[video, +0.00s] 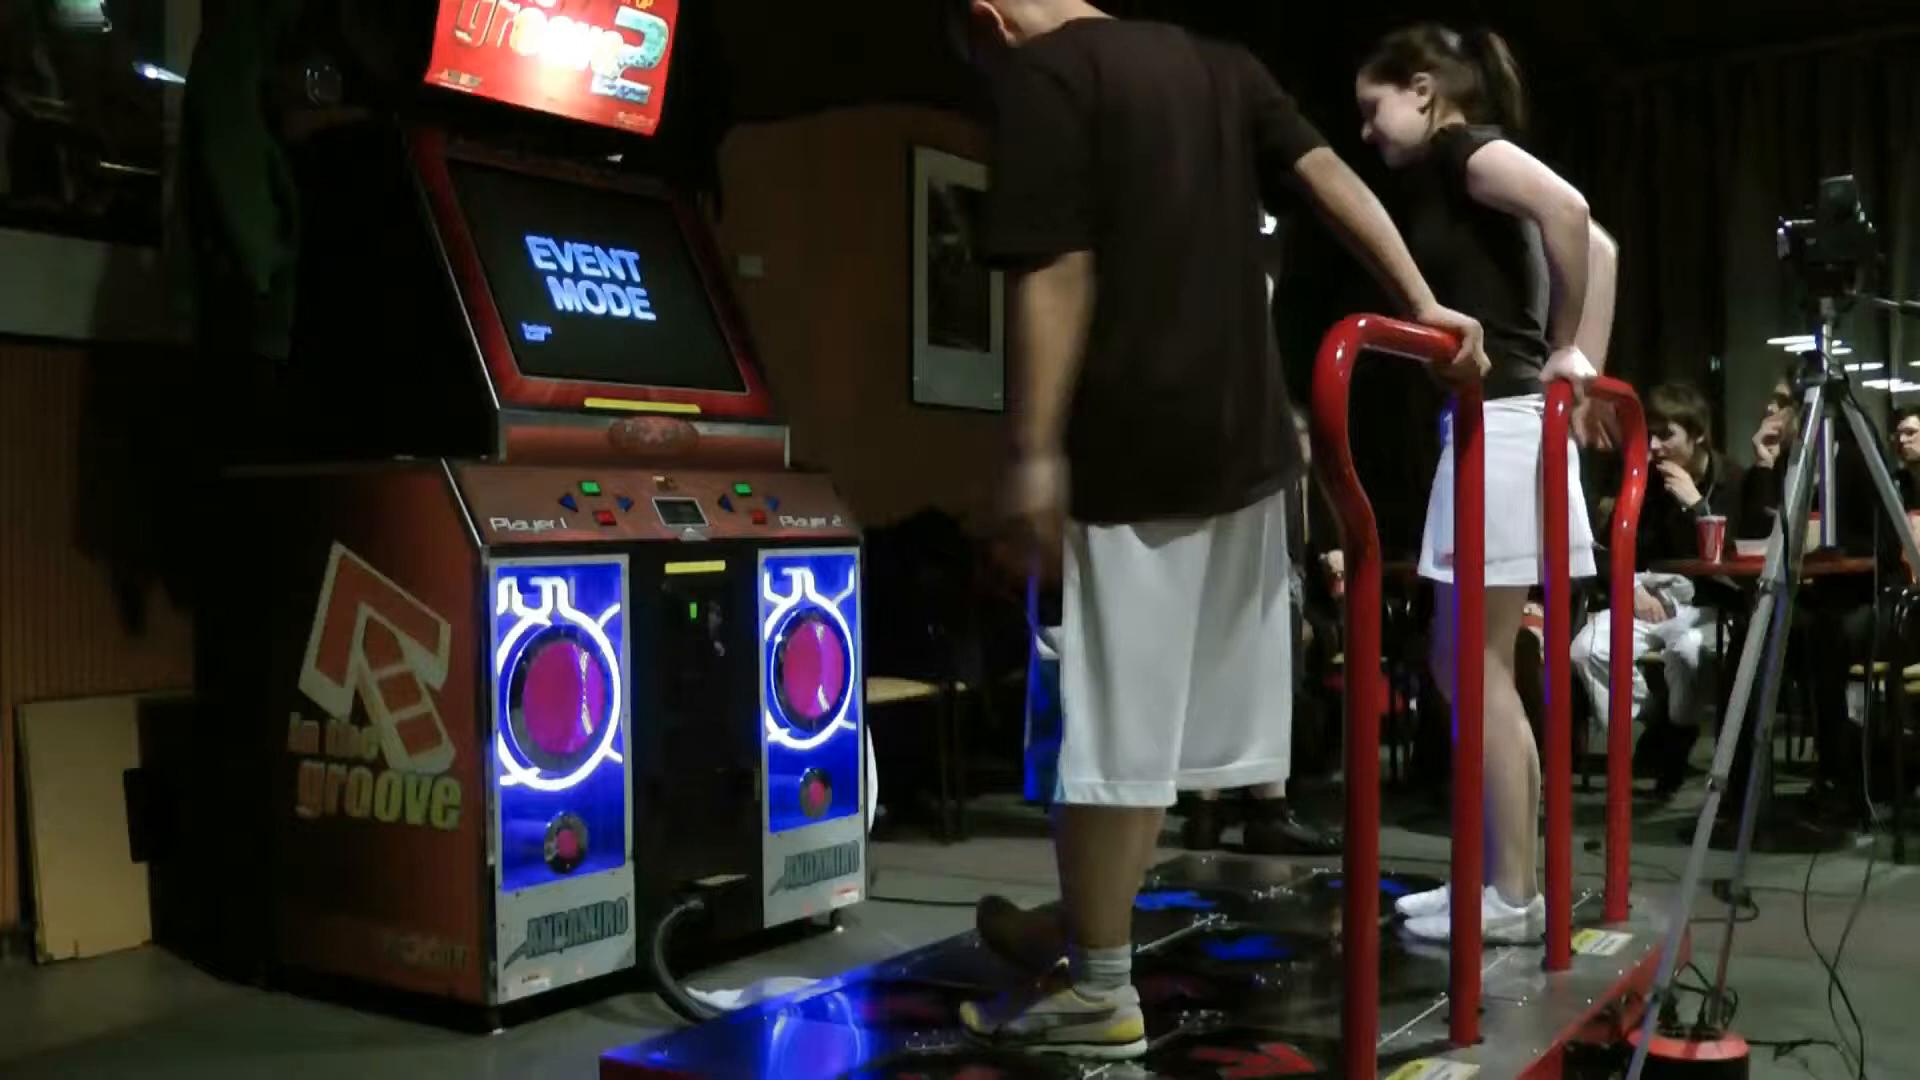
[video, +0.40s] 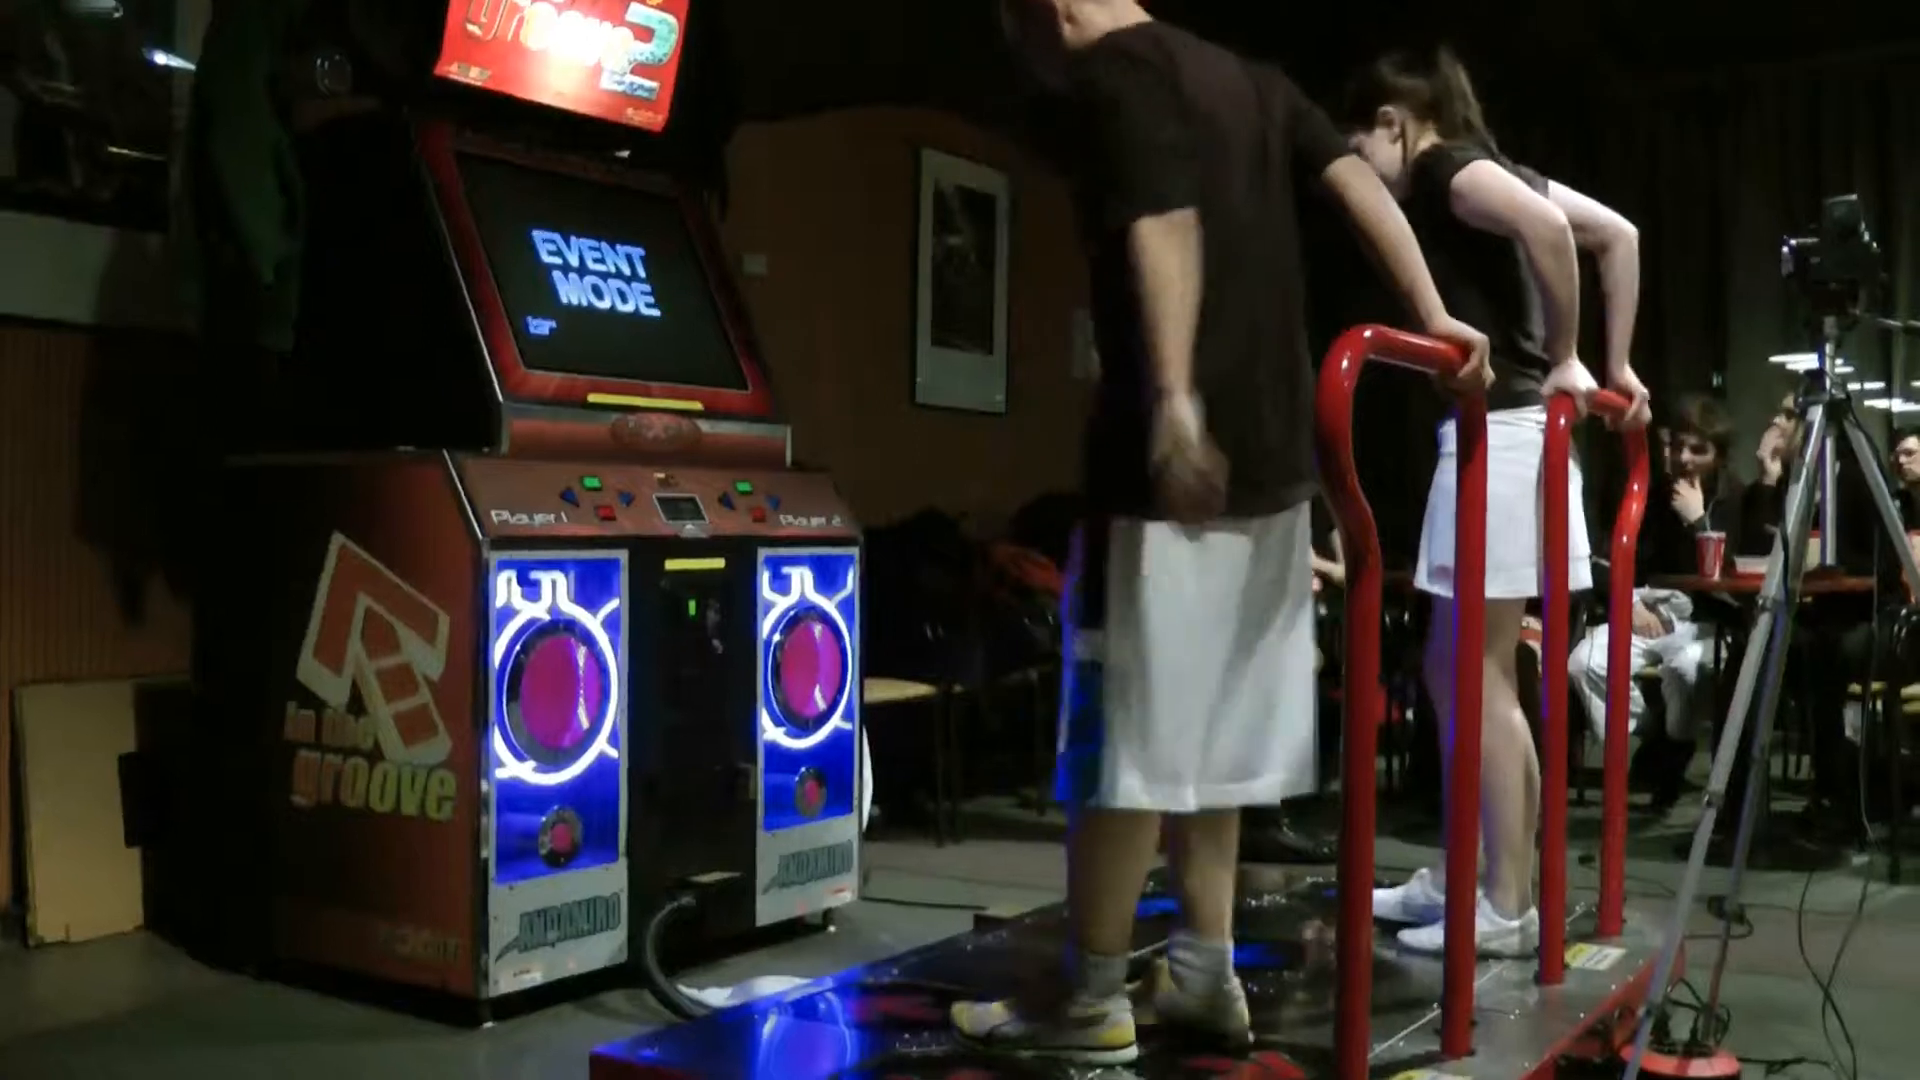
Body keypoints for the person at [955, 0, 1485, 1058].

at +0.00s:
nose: (992, 43)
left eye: (981, 34)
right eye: (988, 36)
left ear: (993, 13)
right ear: (1083, 0)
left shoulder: (1038, 77)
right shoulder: (1216, 62)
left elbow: (1056, 269)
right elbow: (1328, 176)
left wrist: (1035, 446)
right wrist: (1422, 302)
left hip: (1131, 455)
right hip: (1244, 445)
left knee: (1115, 723)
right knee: (1175, 710)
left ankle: (1101, 995)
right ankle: (1090, 930)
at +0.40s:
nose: (1037, 41)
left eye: (1033, 26)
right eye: (1035, 29)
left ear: (1057, 10)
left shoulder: (1113, 72)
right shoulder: (1255, 79)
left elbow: (1164, 219)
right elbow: (1365, 188)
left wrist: (1174, 392)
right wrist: (1432, 313)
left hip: (1171, 454)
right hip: (1271, 446)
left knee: (1133, 730)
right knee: (1219, 723)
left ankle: (1095, 1002)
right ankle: (1207, 976)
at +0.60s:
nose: (1053, 59)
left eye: (1047, 40)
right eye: (1048, 45)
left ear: (1071, 15)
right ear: (1146, 2)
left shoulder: (1127, 54)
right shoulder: (1243, 80)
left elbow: (1235, 151)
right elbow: (1358, 170)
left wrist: (1292, 295)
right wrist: (1423, 303)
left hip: (1181, 456)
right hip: (1277, 461)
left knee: (1130, 728)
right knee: (1228, 724)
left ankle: (1095, 992)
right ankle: (1217, 977)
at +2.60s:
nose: (946, 72)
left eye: (935, 49)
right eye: (934, 57)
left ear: (958, 10)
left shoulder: (1034, 41)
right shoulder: (1148, 58)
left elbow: (1218, 168)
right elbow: (1281, 191)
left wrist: (1312, 297)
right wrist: (1408, 301)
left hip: (1077, 438)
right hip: (1174, 440)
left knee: (1039, 716)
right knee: (1119, 698)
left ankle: (1051, 1007)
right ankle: (1101, 945)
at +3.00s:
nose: (970, 48)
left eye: (968, 27)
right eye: (965, 33)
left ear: (1009, 7)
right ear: (1067, 0)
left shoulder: (1088, 65)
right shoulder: (1119, 77)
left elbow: (1222, 175)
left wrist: (1324, 303)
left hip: (1105, 460)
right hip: (1157, 461)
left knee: (1073, 720)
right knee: (1113, 715)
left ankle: (1113, 987)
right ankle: (1092, 950)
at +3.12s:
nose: (980, 36)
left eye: (984, 18)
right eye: (976, 25)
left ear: (1036, 3)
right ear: (1062, 12)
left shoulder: (1114, 65)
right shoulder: (1073, 100)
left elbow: (1236, 169)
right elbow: (1078, 340)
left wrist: (1324, 296)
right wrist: (951, 447)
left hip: (1124, 465)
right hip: (1104, 464)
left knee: (1102, 730)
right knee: (1097, 725)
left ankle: (1149, 986)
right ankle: (1085, 941)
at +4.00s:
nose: (960, 36)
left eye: (960, 16)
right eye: (952, 24)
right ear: (1016, 12)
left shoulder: (1115, 61)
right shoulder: (1045, 104)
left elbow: (1242, 181)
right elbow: (1008, 324)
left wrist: (1326, 302)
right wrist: (917, 462)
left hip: (1112, 468)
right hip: (1053, 468)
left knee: (1118, 732)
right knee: (1071, 726)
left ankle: (1157, 997)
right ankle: (1084, 945)